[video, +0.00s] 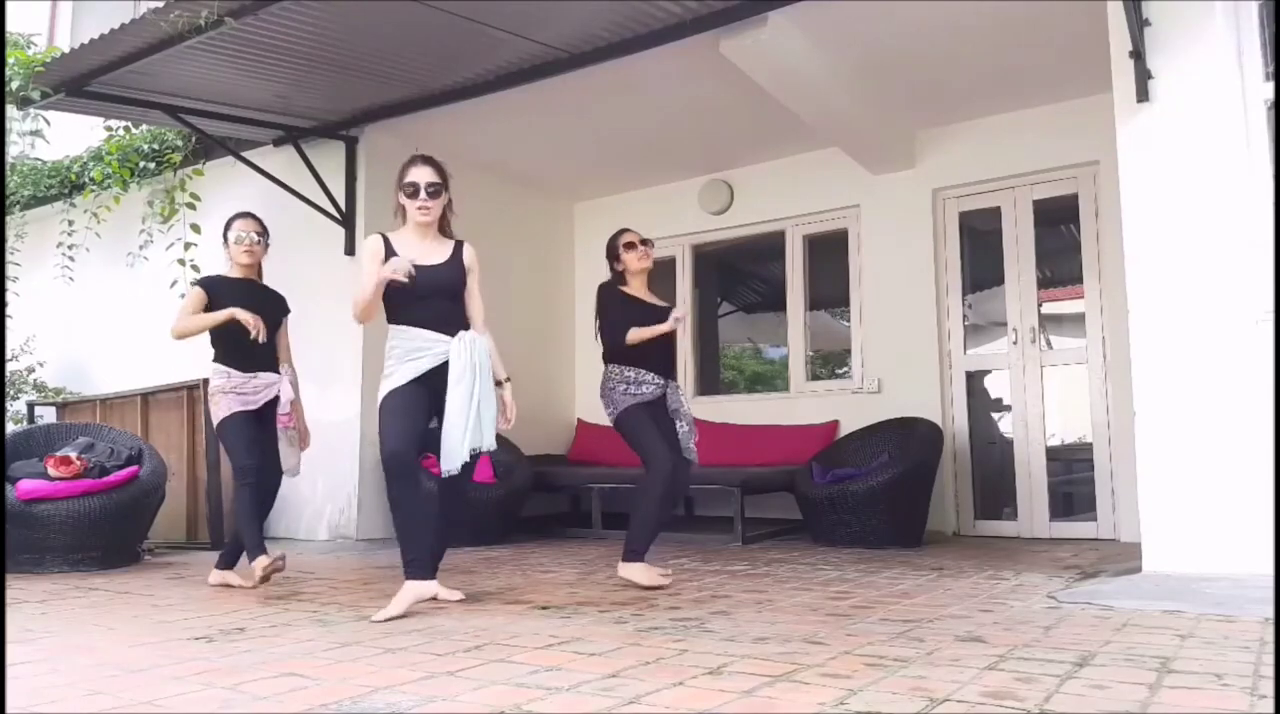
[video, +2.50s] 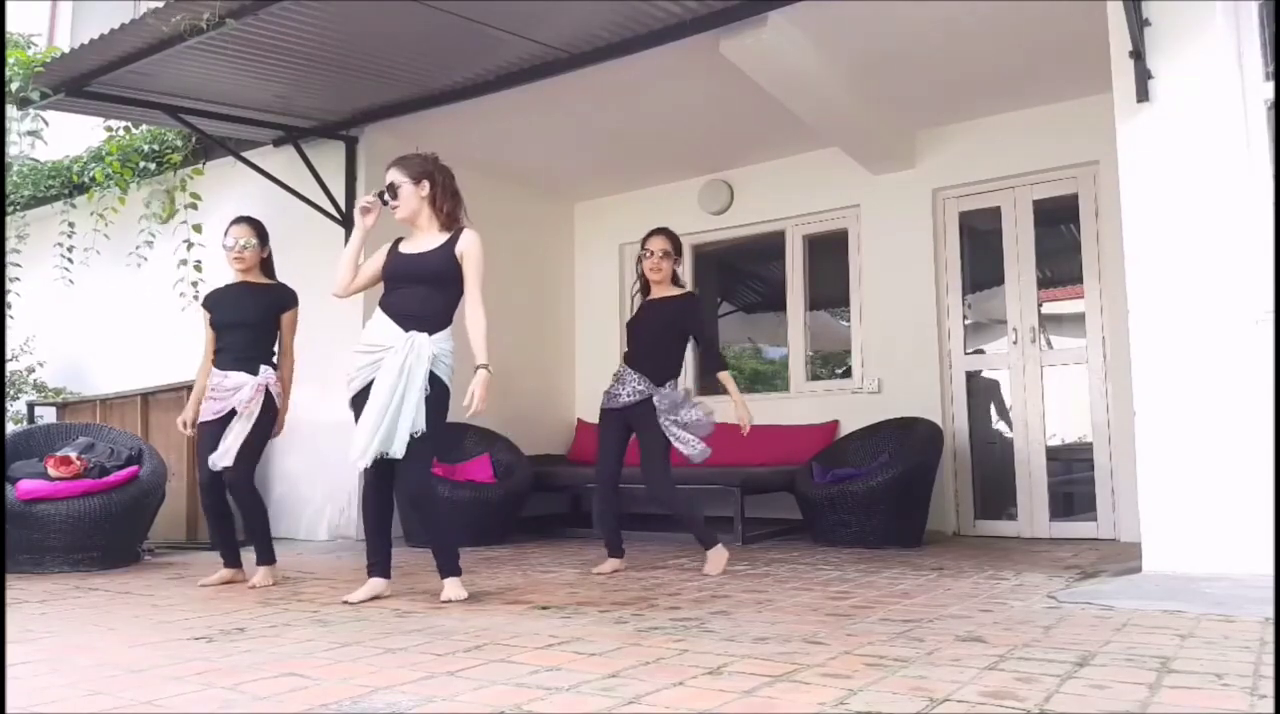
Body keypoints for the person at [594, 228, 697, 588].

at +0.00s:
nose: (640, 250)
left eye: (644, 244)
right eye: (629, 247)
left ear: (652, 252)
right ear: (616, 261)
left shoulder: (662, 304)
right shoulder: (610, 291)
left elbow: (666, 361)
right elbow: (617, 337)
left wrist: (676, 401)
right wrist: (666, 326)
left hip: (662, 392)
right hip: (625, 390)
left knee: (679, 470)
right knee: (661, 463)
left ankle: (636, 557)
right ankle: (631, 560)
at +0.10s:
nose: (642, 255)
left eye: (645, 249)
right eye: (631, 253)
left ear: (653, 257)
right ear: (618, 267)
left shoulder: (671, 311)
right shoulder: (609, 307)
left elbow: (672, 365)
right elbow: (610, 362)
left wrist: (676, 405)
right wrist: (641, 338)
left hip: (663, 399)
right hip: (624, 397)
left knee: (682, 487)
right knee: (657, 460)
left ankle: (635, 554)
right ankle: (637, 556)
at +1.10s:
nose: (630, 261)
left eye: (636, 254)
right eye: (621, 258)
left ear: (650, 261)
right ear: (615, 270)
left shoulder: (671, 313)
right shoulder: (608, 308)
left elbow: (683, 370)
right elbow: (604, 364)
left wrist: (708, 417)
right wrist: (612, 342)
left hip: (665, 402)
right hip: (624, 401)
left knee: (678, 480)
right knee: (630, 467)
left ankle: (636, 556)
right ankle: (614, 558)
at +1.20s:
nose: (625, 265)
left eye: (630, 257)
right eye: (616, 262)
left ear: (644, 262)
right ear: (610, 273)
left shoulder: (670, 314)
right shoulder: (605, 317)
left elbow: (679, 371)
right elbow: (606, 376)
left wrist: (700, 419)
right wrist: (593, 376)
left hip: (664, 409)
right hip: (620, 410)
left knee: (675, 491)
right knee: (609, 479)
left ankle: (635, 556)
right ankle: (612, 562)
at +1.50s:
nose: (620, 255)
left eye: (626, 246)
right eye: (611, 251)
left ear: (641, 249)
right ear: (606, 259)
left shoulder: (664, 301)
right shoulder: (601, 297)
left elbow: (671, 360)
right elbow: (579, 354)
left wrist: (689, 407)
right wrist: (582, 336)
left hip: (655, 395)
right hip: (612, 394)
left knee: (662, 484)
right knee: (609, 473)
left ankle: (633, 555)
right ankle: (593, 560)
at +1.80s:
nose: (632, 248)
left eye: (638, 240)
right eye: (624, 245)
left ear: (654, 244)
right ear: (620, 254)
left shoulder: (671, 300)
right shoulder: (612, 286)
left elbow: (670, 358)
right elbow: (579, 336)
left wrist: (688, 404)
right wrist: (580, 387)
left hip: (658, 390)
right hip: (616, 388)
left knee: (664, 474)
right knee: (618, 470)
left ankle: (658, 552)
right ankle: (602, 561)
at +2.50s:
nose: (655, 261)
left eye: (663, 255)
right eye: (648, 254)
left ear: (676, 261)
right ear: (641, 261)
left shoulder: (688, 302)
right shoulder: (645, 303)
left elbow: (711, 355)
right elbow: (635, 350)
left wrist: (738, 400)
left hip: (651, 400)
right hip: (618, 396)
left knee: (659, 487)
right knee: (605, 478)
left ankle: (714, 546)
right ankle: (614, 555)